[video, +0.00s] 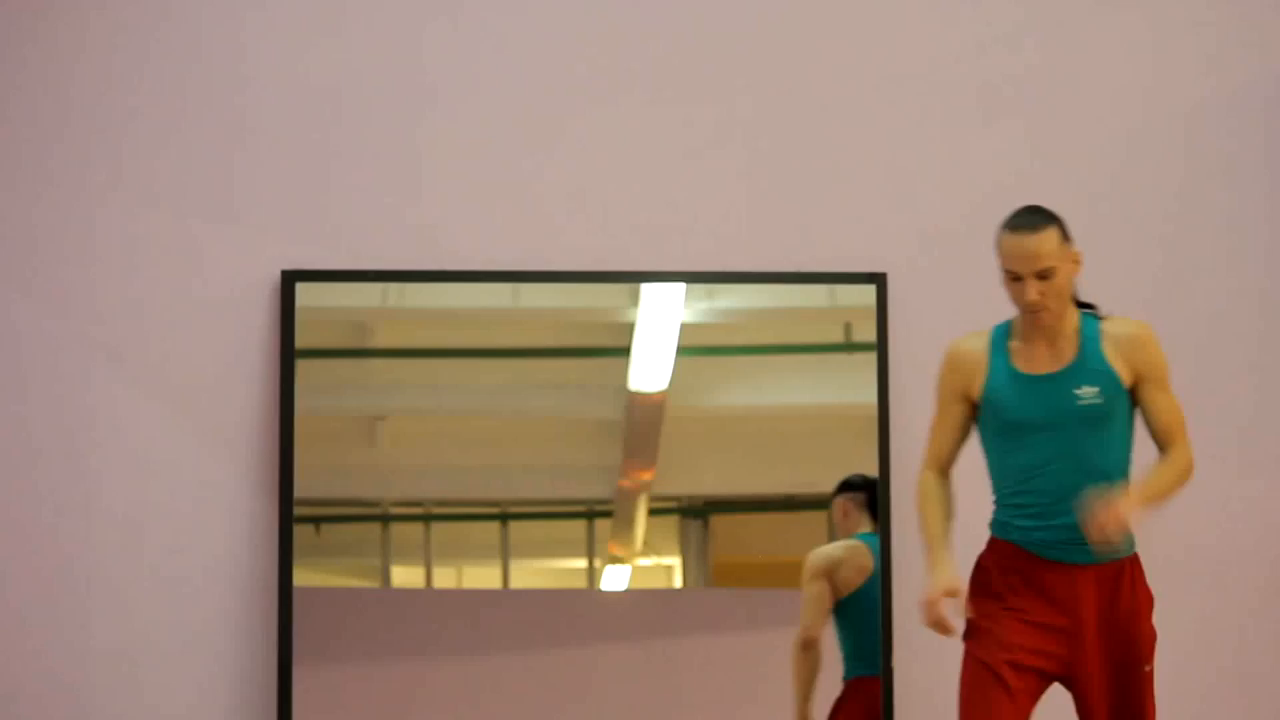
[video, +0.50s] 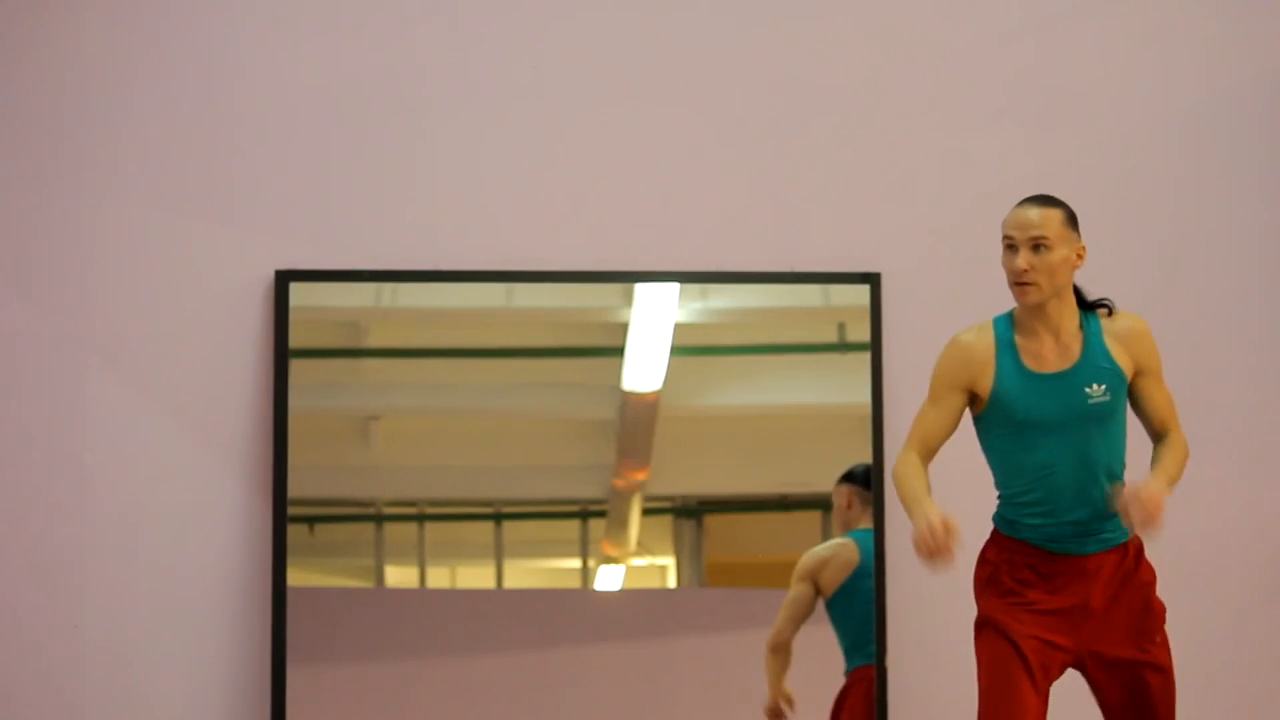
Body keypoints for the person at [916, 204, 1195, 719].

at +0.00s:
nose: (1030, 294)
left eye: (1044, 275)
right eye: (1015, 279)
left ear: (1074, 262)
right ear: (1001, 275)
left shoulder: (1128, 343)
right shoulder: (971, 359)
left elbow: (1178, 455)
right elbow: (935, 470)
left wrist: (1130, 501)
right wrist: (941, 568)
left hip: (1109, 591)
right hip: (1013, 590)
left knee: (1124, 713)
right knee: (984, 712)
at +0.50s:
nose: (1020, 263)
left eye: (1038, 247)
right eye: (1010, 248)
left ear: (1077, 255)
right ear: (1000, 256)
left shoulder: (1125, 338)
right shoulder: (972, 352)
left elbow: (1170, 437)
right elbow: (910, 458)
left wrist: (1155, 486)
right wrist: (923, 512)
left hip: (1116, 582)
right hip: (1021, 584)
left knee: (1152, 712)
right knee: (1006, 713)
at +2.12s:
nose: (1105, 266)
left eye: (1123, 250)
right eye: (1095, 254)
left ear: (1161, 260)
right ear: (1087, 266)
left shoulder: (1203, 357)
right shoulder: (1052, 351)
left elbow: (1214, 449)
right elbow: (1001, 459)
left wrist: (1113, 399)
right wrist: (980, 558)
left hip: (1148, 596)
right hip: (1058, 589)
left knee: (1152, 712)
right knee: (1024, 712)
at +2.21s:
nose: (1090, 273)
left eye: (1108, 257)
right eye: (1082, 260)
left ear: (1149, 268)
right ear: (1074, 272)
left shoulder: (1190, 363)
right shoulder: (1037, 362)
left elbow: (1167, 456)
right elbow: (1009, 486)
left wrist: (1050, 413)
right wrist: (978, 597)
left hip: (1136, 606)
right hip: (1043, 599)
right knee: (1005, 711)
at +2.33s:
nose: (1059, 289)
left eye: (1077, 274)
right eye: (1050, 277)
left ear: (1118, 285)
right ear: (1043, 291)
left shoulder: (1143, 366)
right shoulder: (1030, 386)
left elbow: (1041, 398)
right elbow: (988, 497)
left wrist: (961, 370)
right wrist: (895, 575)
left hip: (1109, 626)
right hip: (1014, 622)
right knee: (970, 711)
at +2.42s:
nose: (1037, 290)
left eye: (1055, 275)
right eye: (1029, 278)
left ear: (1095, 285)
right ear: (1020, 288)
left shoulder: (1113, 366)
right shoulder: (1007, 394)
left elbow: (995, 381)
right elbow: (926, 484)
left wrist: (905, 326)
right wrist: (807, 495)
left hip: (1081, 620)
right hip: (985, 620)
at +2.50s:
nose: (1008, 276)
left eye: (1026, 262)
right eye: (1000, 264)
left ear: (1067, 273)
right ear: (993, 275)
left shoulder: (1093, 362)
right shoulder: (969, 364)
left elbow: (1031, 409)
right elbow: (864, 433)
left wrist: (917, 357)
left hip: (1055, 606)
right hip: (956, 611)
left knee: (1154, 715)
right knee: (928, 712)